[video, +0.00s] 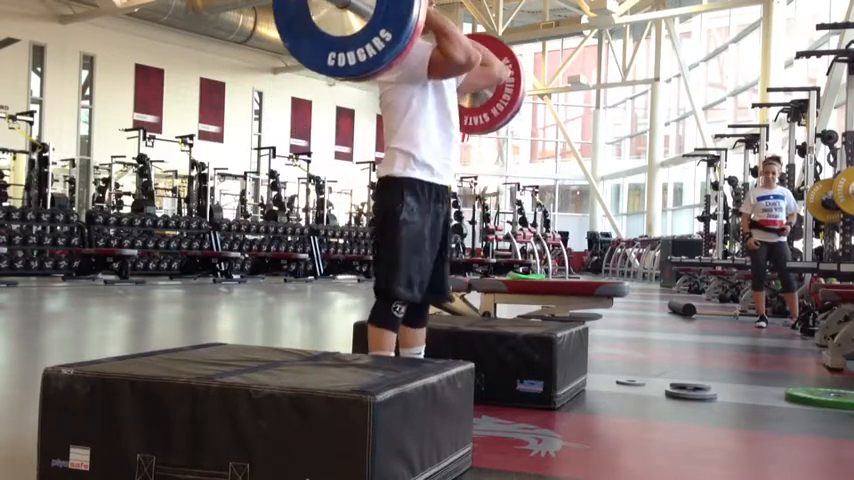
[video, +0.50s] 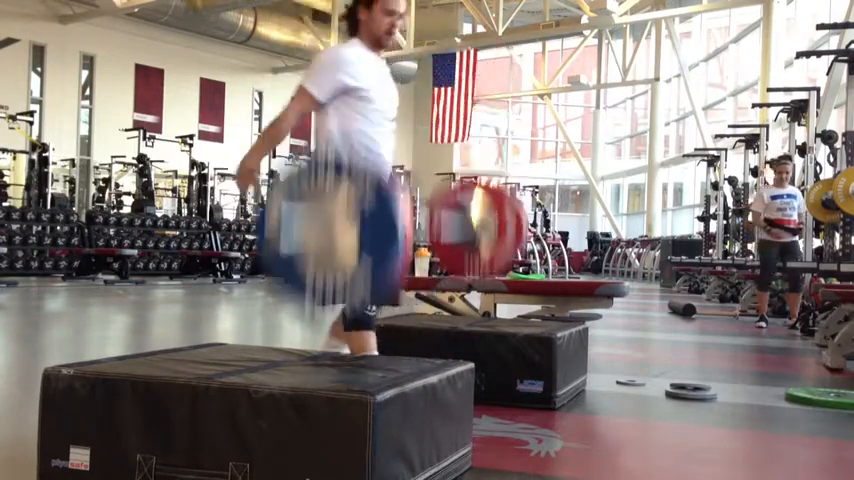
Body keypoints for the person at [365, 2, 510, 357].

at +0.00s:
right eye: (417, 12)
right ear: (405, 18)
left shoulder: (438, 64)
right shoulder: (396, 53)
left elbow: (496, 70)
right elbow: (460, 56)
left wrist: (453, 33)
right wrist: (428, 14)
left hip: (436, 189)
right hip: (405, 186)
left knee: (420, 299)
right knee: (394, 297)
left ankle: (412, 384)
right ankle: (381, 388)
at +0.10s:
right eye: (415, 7)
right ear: (407, 11)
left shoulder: (437, 54)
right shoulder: (393, 45)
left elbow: (494, 80)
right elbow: (456, 57)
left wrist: (454, 30)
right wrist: (430, 9)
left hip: (426, 187)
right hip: (394, 185)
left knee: (414, 299)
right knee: (387, 298)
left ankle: (411, 387)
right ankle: (379, 390)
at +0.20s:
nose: (430, 10)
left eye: (431, 5)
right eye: (424, 3)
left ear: (431, 12)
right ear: (404, 7)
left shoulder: (430, 59)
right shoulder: (388, 44)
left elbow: (451, 121)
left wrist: (470, 85)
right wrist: (434, 67)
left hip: (415, 193)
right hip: (378, 186)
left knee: (411, 296)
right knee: (378, 296)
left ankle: (412, 382)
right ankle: (370, 389)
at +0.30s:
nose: (430, 15)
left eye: (432, 10)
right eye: (426, 7)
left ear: (424, 12)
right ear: (407, 4)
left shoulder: (410, 47)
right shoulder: (371, 36)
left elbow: (403, 98)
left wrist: (439, 87)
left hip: (401, 188)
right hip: (367, 186)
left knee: (414, 276)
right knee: (371, 294)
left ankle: (391, 373)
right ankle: (370, 386)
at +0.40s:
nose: (415, 15)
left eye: (417, 9)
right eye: (408, 6)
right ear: (381, 7)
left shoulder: (399, 65)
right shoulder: (362, 52)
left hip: (396, 196)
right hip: (361, 194)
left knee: (403, 292)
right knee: (367, 299)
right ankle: (373, 386)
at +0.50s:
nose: (398, 24)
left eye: (402, 16)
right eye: (390, 14)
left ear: (403, 20)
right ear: (363, 13)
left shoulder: (381, 70)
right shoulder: (340, 58)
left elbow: (373, 136)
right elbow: (292, 113)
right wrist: (252, 160)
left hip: (375, 189)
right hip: (343, 186)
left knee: (370, 286)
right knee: (358, 291)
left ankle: (323, 365)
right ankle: (373, 384)